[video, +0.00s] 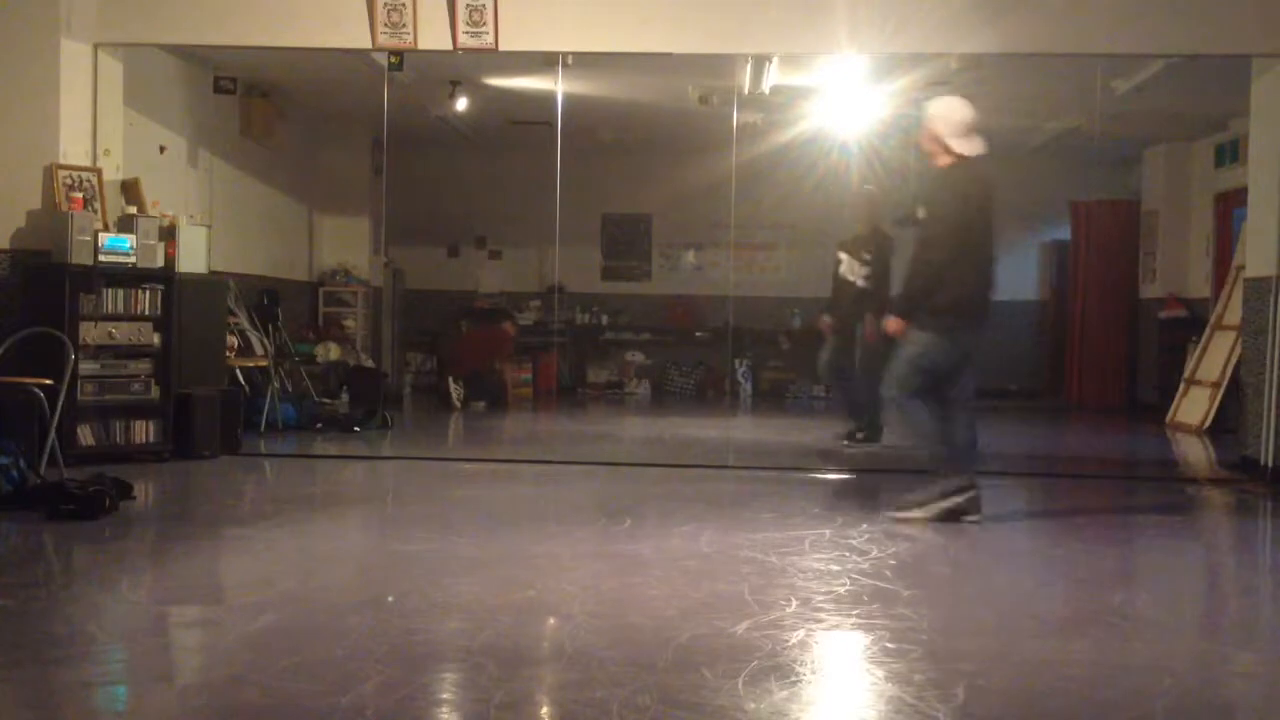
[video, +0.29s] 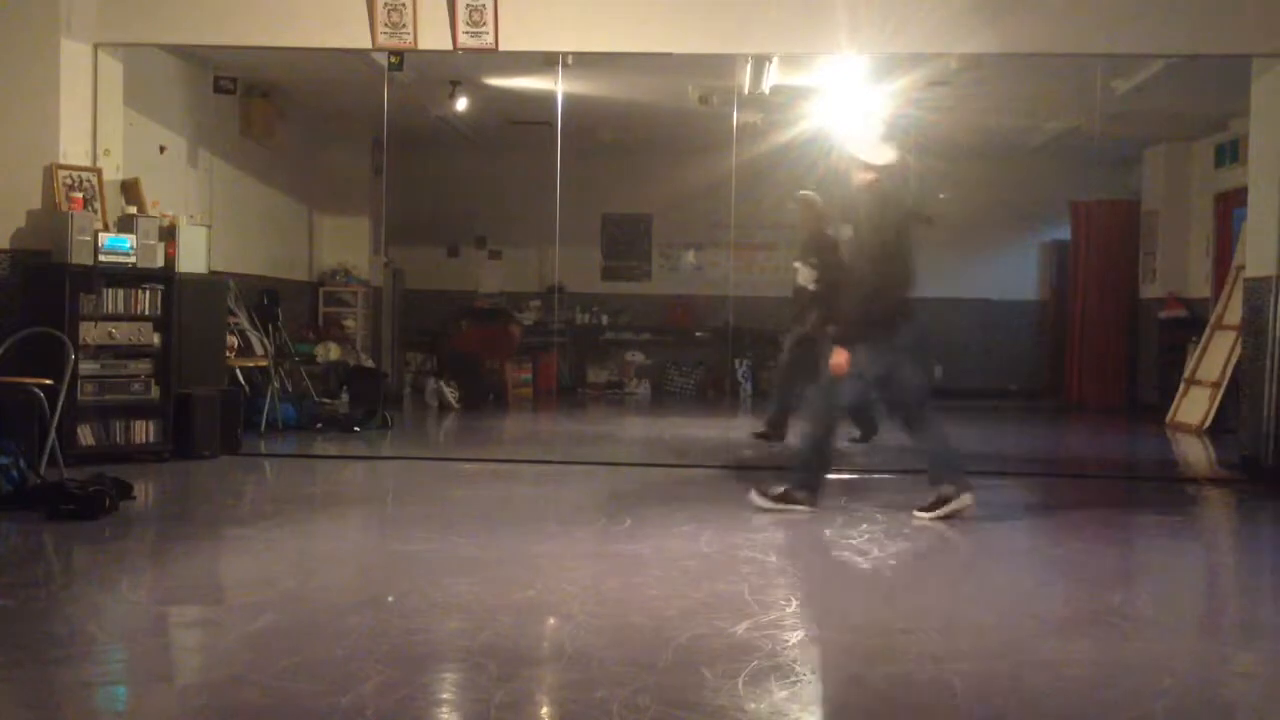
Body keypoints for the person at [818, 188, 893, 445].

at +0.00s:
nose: (860, 214)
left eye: (864, 208)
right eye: (857, 208)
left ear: (874, 210)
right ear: (852, 211)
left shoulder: (881, 241)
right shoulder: (845, 243)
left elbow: (880, 281)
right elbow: (838, 283)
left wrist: (874, 314)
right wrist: (829, 310)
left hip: (868, 313)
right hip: (844, 313)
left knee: (866, 367)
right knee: (834, 364)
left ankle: (871, 425)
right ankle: (859, 419)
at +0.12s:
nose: (830, 217)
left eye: (835, 211)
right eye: (828, 211)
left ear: (845, 212)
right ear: (826, 213)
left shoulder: (858, 243)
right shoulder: (829, 243)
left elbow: (862, 285)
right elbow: (823, 285)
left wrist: (847, 315)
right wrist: (813, 316)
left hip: (846, 316)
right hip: (827, 314)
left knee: (816, 365)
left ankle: (802, 420)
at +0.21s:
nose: (814, 218)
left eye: (819, 212)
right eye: (814, 212)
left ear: (829, 214)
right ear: (819, 214)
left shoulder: (841, 243)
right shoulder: (820, 244)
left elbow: (848, 288)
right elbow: (810, 290)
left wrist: (832, 318)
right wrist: (800, 326)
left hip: (832, 317)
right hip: (816, 316)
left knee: (803, 367)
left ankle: (782, 422)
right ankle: (866, 419)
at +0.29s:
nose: (798, 219)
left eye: (802, 213)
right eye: (797, 213)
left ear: (814, 215)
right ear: (806, 215)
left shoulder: (822, 243)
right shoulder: (810, 242)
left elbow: (832, 282)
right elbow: (807, 283)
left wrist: (819, 317)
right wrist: (798, 314)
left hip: (816, 315)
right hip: (808, 314)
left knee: (790, 366)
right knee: (835, 370)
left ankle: (776, 426)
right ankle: (865, 420)